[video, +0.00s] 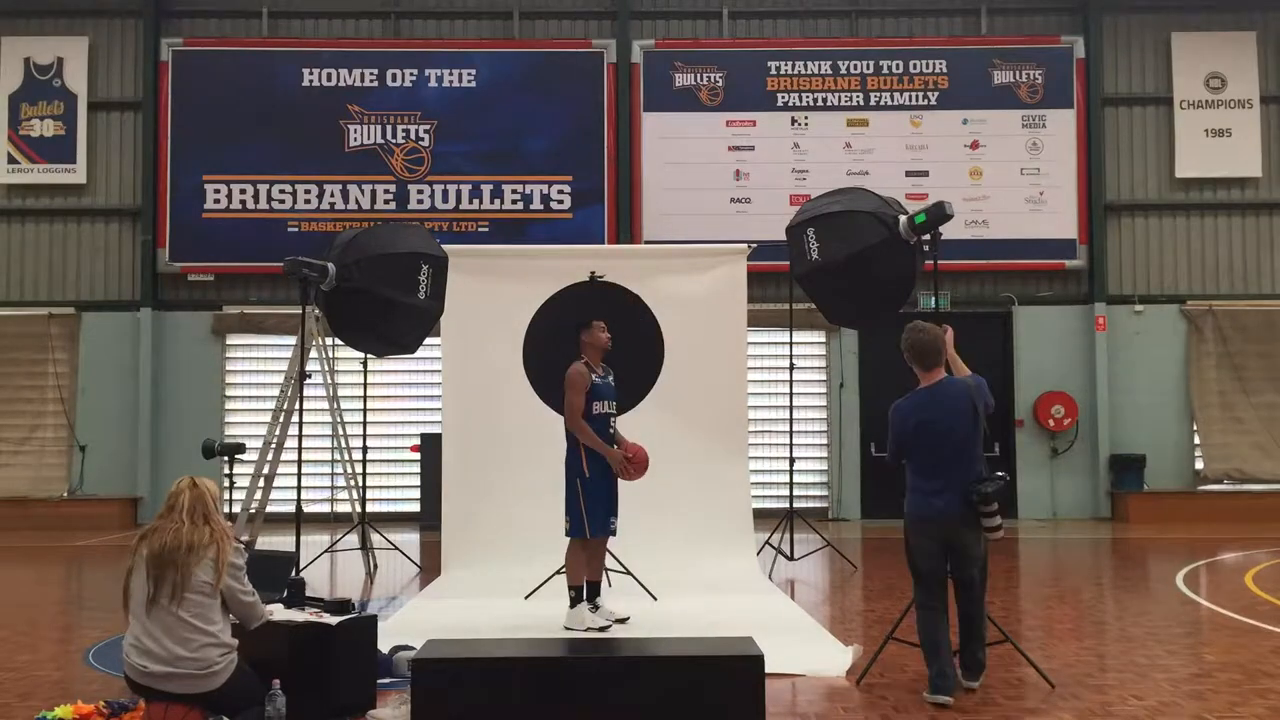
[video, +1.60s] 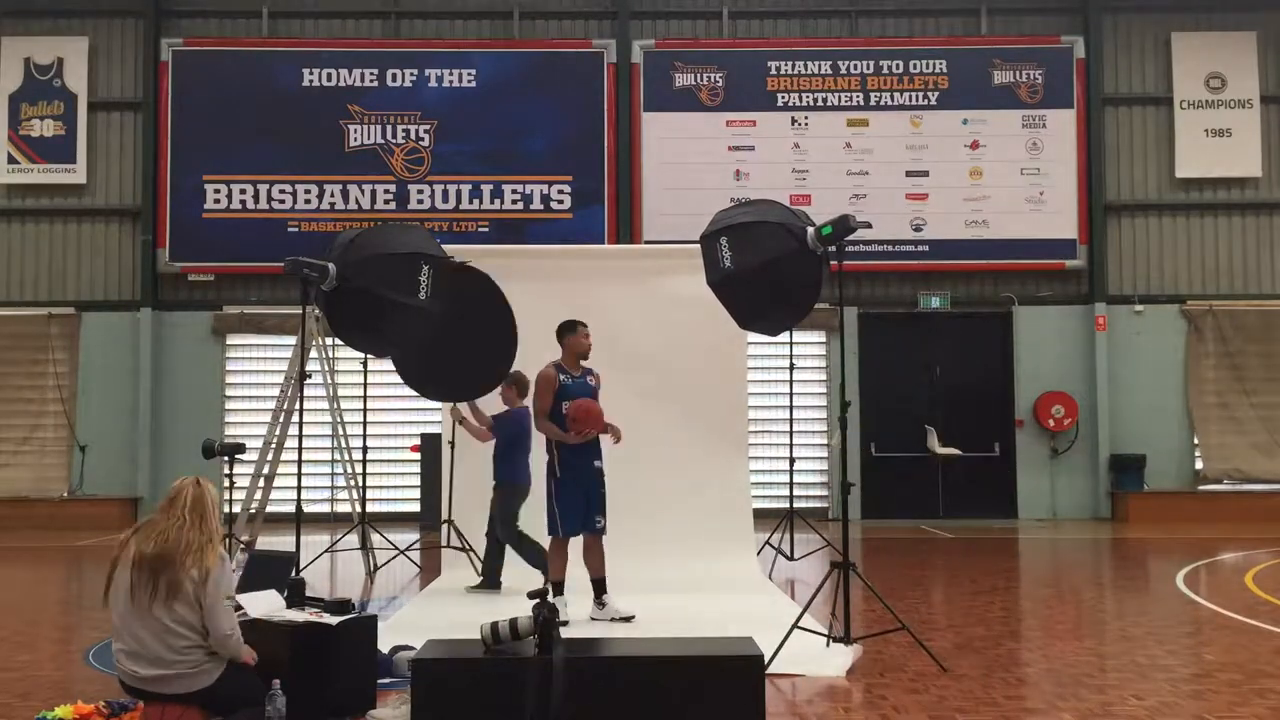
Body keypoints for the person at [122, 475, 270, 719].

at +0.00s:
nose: (222, 513)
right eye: (219, 506)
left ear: (171, 505)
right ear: (212, 508)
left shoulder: (144, 542)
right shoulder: (222, 547)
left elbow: (134, 606)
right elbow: (252, 616)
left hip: (141, 678)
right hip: (205, 680)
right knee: (255, 703)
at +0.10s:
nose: (222, 515)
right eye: (220, 509)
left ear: (171, 507)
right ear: (212, 510)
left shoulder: (146, 540)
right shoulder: (223, 546)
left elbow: (134, 602)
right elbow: (252, 615)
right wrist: (261, 613)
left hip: (141, 678)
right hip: (205, 680)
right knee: (255, 702)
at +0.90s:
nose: (233, 524)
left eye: (233, 517)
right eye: (232, 517)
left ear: (185, 508)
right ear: (225, 517)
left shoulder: (143, 541)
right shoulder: (227, 553)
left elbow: (131, 609)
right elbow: (235, 627)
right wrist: (246, 589)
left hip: (140, 678)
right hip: (205, 683)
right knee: (254, 703)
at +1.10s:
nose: (220, 516)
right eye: (216, 510)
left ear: (167, 507)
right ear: (210, 512)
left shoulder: (138, 542)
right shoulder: (224, 549)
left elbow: (129, 605)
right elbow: (261, 615)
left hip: (140, 679)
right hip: (205, 683)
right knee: (255, 700)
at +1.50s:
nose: (228, 515)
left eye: (228, 507)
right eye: (225, 508)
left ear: (174, 511)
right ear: (214, 511)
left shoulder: (147, 548)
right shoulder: (223, 552)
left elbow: (130, 606)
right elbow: (233, 621)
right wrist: (249, 657)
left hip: (139, 679)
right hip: (199, 684)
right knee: (257, 695)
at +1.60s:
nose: (220, 517)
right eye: (217, 511)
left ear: (168, 506)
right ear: (210, 513)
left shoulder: (133, 543)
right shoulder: (212, 558)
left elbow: (122, 612)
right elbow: (223, 634)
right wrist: (242, 652)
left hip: (132, 679)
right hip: (188, 683)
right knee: (256, 693)